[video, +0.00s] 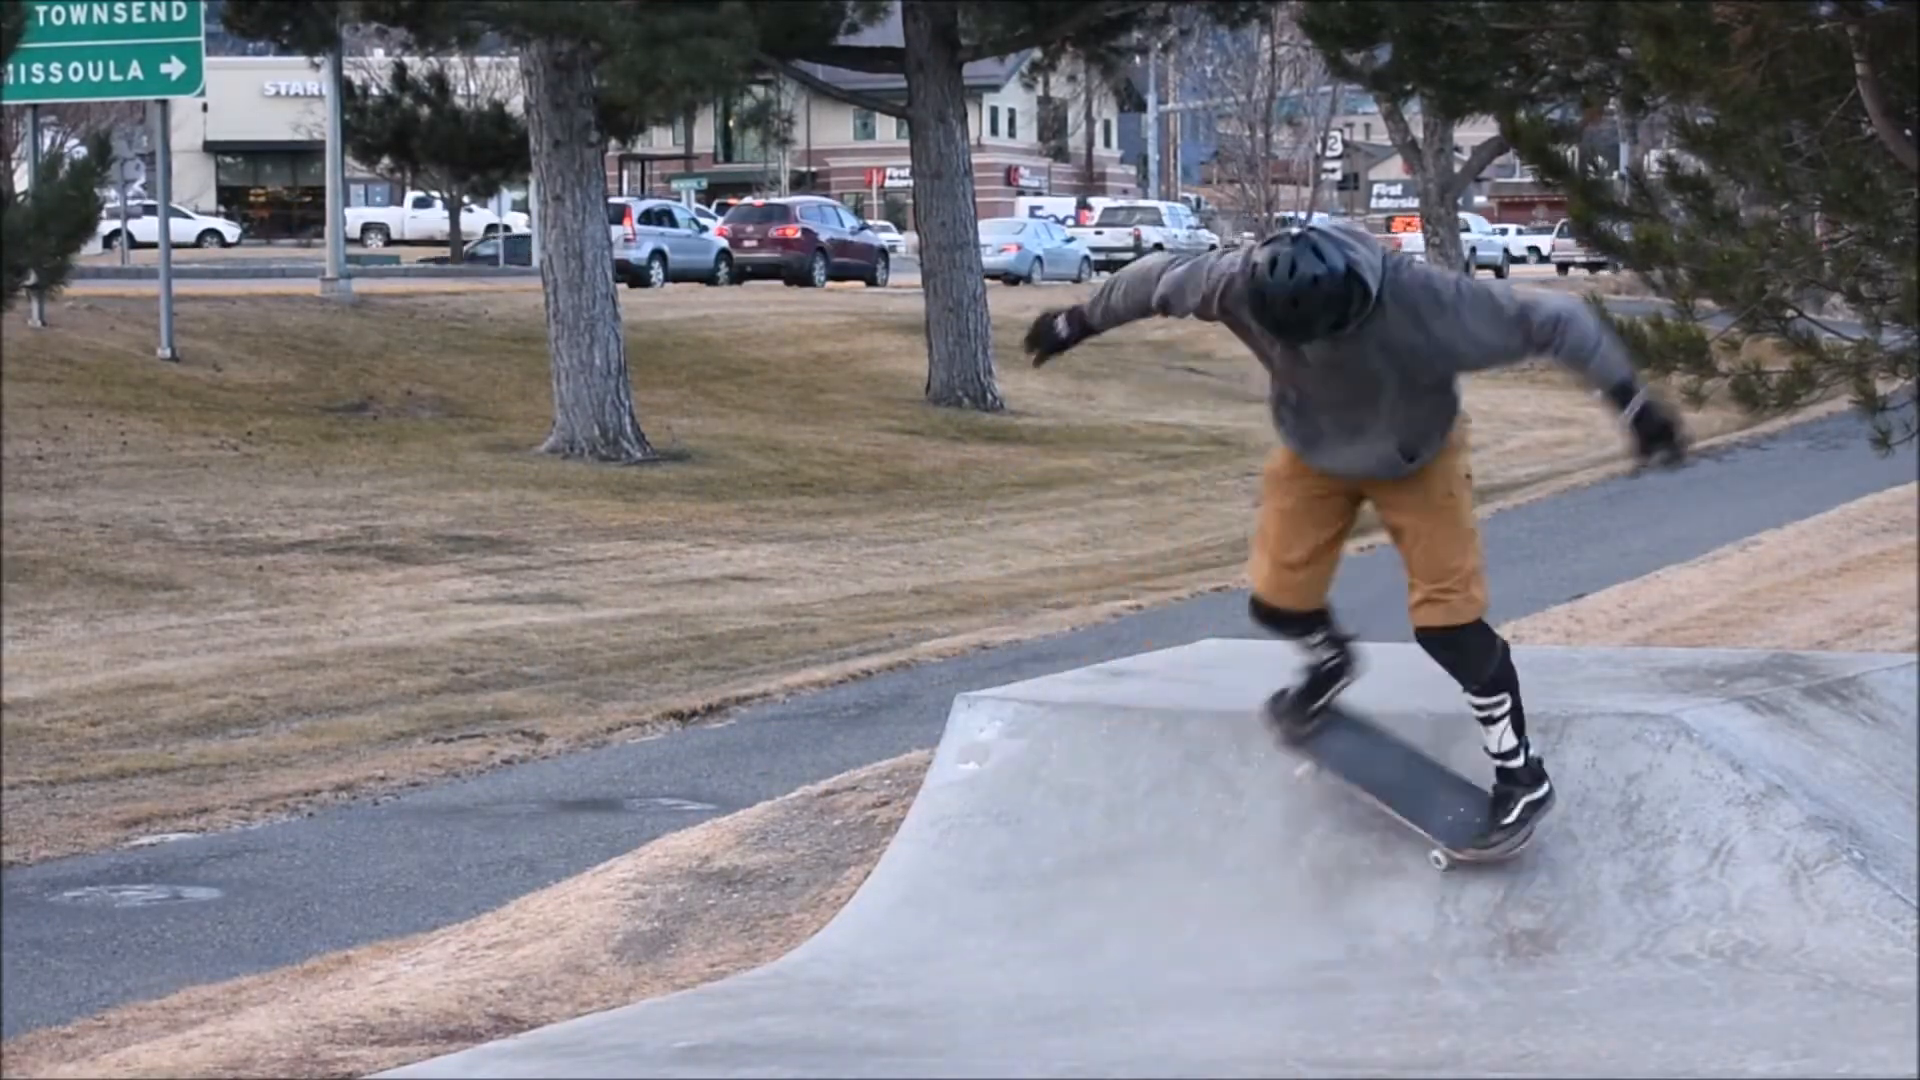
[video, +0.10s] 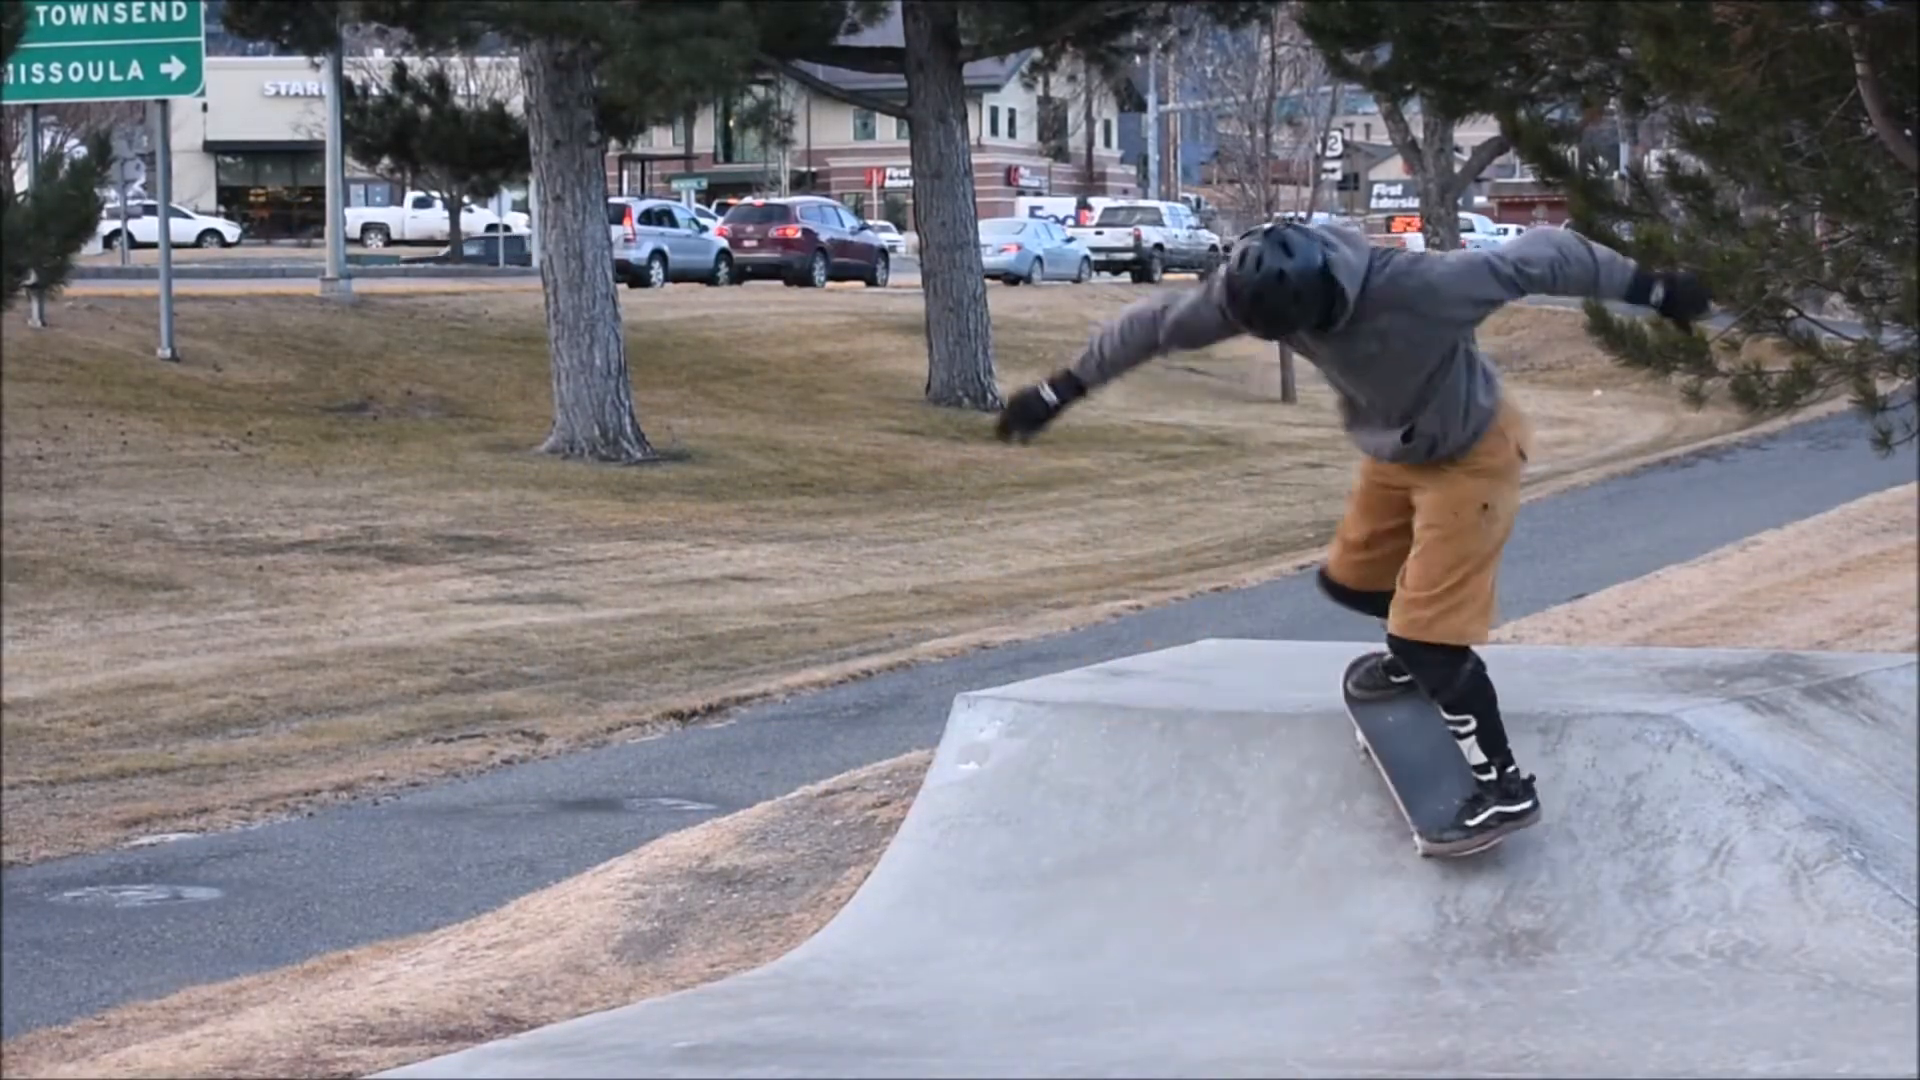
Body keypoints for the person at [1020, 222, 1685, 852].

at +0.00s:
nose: (1305, 344)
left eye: (1317, 332)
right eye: (1290, 334)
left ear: (1352, 298)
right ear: (1266, 299)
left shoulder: (1422, 298)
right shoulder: (1243, 287)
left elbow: (1555, 321)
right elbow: (1158, 281)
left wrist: (1634, 400)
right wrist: (1077, 318)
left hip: (1418, 454)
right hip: (1310, 450)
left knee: (1449, 624)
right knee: (1276, 599)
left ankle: (1518, 769)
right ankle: (1331, 663)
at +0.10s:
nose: (1282, 338)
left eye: (1289, 325)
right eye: (1271, 327)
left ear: (1319, 297)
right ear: (1260, 295)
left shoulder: (1423, 286)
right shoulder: (1266, 283)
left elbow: (1542, 257)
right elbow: (1157, 326)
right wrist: (1059, 388)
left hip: (1470, 451)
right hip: (1389, 451)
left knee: (1430, 634)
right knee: (1352, 577)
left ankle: (1502, 782)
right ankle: (1425, 661)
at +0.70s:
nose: (1451, 362)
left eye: (1455, 345)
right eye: (1436, 355)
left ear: (1481, 303)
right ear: (1421, 343)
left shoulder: (1562, 299)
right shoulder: (1438, 398)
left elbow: (1609, 232)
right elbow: (1447, 510)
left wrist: (1525, 208)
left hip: (1651, 516)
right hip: (1551, 557)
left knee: (1760, 695)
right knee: (1584, 719)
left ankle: (1785, 872)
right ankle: (1530, 897)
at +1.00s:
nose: (1551, 350)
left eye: (1554, 332)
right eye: (1532, 345)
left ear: (1566, 295)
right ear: (1507, 341)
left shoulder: (1630, 292)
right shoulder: (1511, 398)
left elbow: (1648, 239)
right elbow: (1473, 518)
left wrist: (1546, 251)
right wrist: (1454, 623)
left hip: (1719, 484)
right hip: (1620, 532)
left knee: (1811, 687)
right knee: (1644, 696)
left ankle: (1845, 862)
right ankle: (1596, 874)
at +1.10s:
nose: (1565, 344)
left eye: (1576, 325)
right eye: (1545, 335)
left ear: (1594, 296)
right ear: (1524, 336)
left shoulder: (1644, 285)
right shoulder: (1525, 404)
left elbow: (1677, 325)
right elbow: (1486, 518)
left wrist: (1575, 332)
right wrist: (1461, 627)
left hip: (1737, 500)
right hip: (1635, 539)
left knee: (1818, 695)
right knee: (1666, 700)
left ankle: (1837, 864)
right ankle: (1616, 890)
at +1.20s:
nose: (1604, 390)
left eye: (1612, 372)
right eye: (1587, 384)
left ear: (1632, 329)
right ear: (1553, 364)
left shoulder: (1682, 320)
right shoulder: (1547, 405)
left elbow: (1719, 449)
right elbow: (1512, 513)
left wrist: (1638, 471)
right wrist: (1499, 617)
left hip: (1737, 493)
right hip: (1631, 523)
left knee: (1822, 689)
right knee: (1657, 698)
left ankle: (1832, 863)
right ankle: (1606, 891)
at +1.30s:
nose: (1634, 389)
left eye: (1645, 373)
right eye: (1617, 379)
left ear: (1671, 333)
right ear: (1588, 354)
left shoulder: (1724, 338)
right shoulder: (1576, 386)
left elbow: (1772, 474)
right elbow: (1535, 486)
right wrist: (1531, 584)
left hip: (1742, 523)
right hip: (1635, 535)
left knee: (1822, 697)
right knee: (1645, 702)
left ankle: (1823, 869)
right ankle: (1595, 891)